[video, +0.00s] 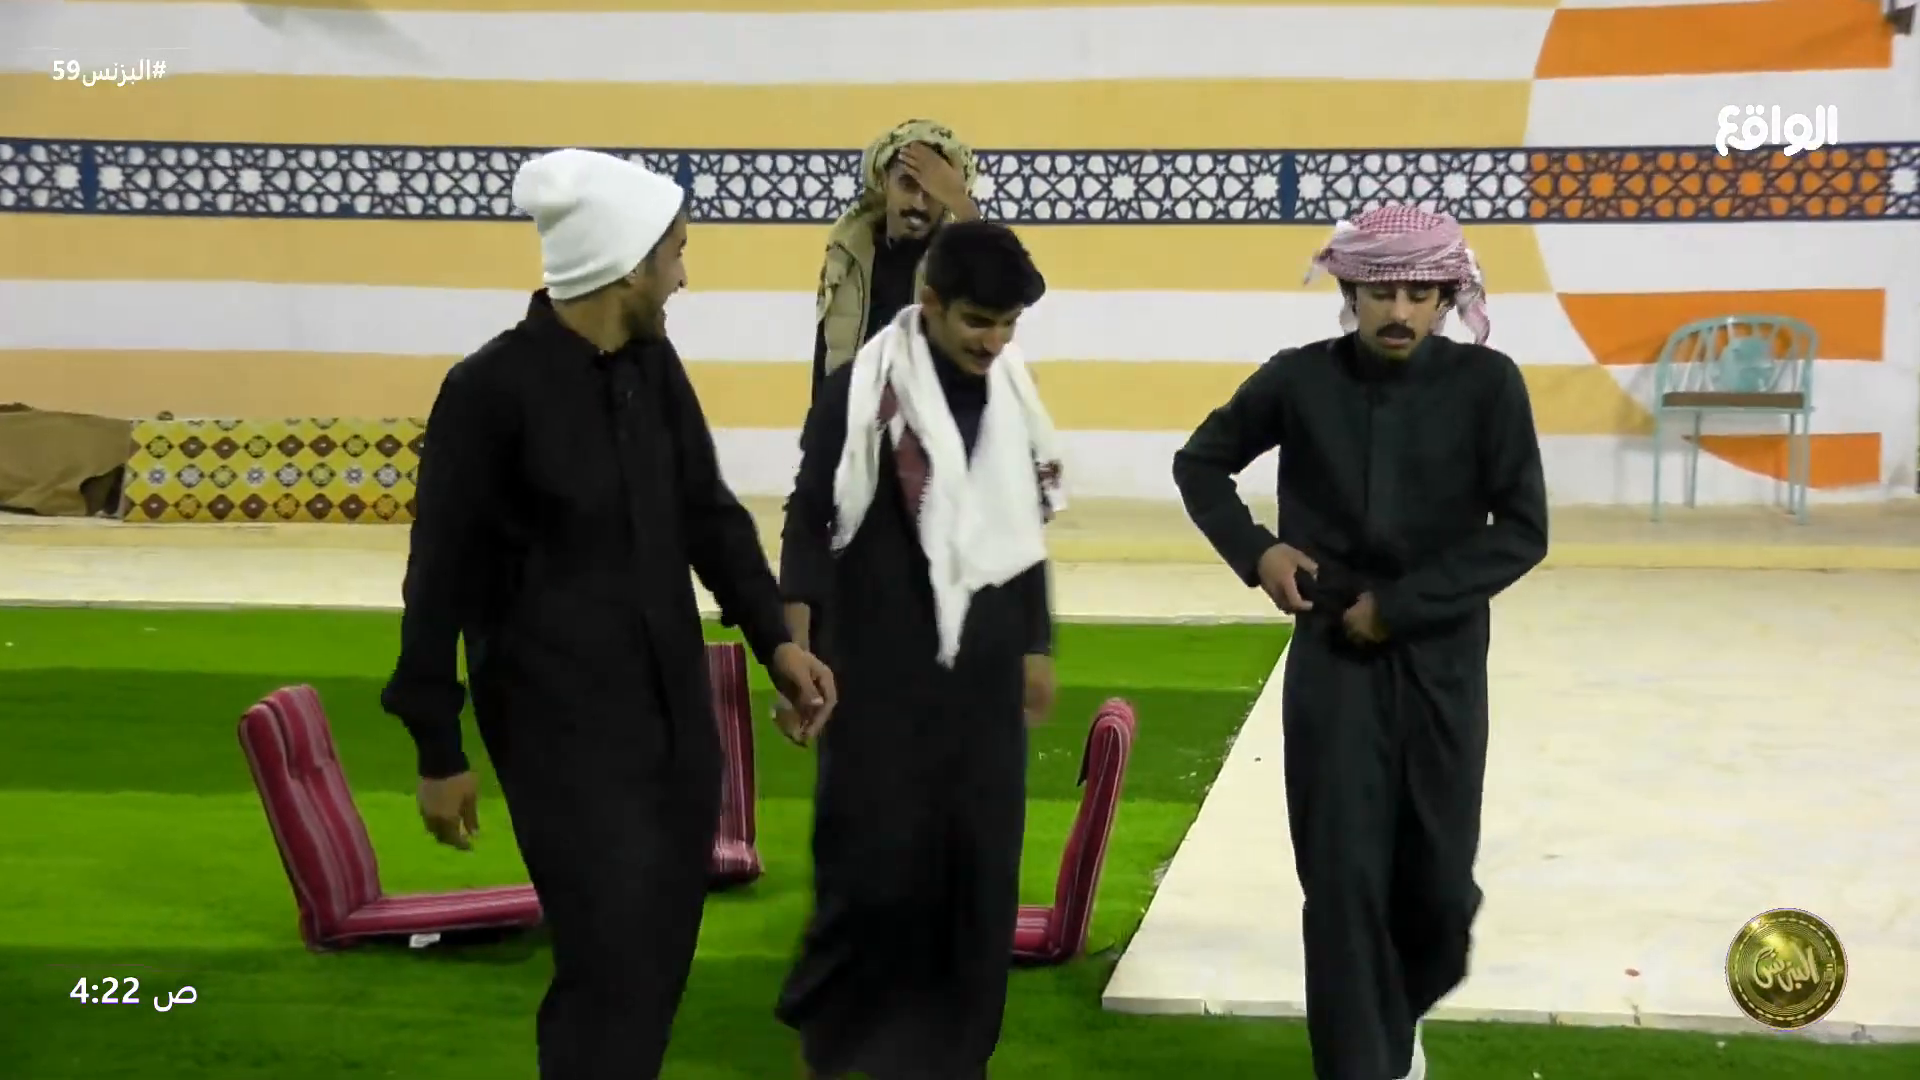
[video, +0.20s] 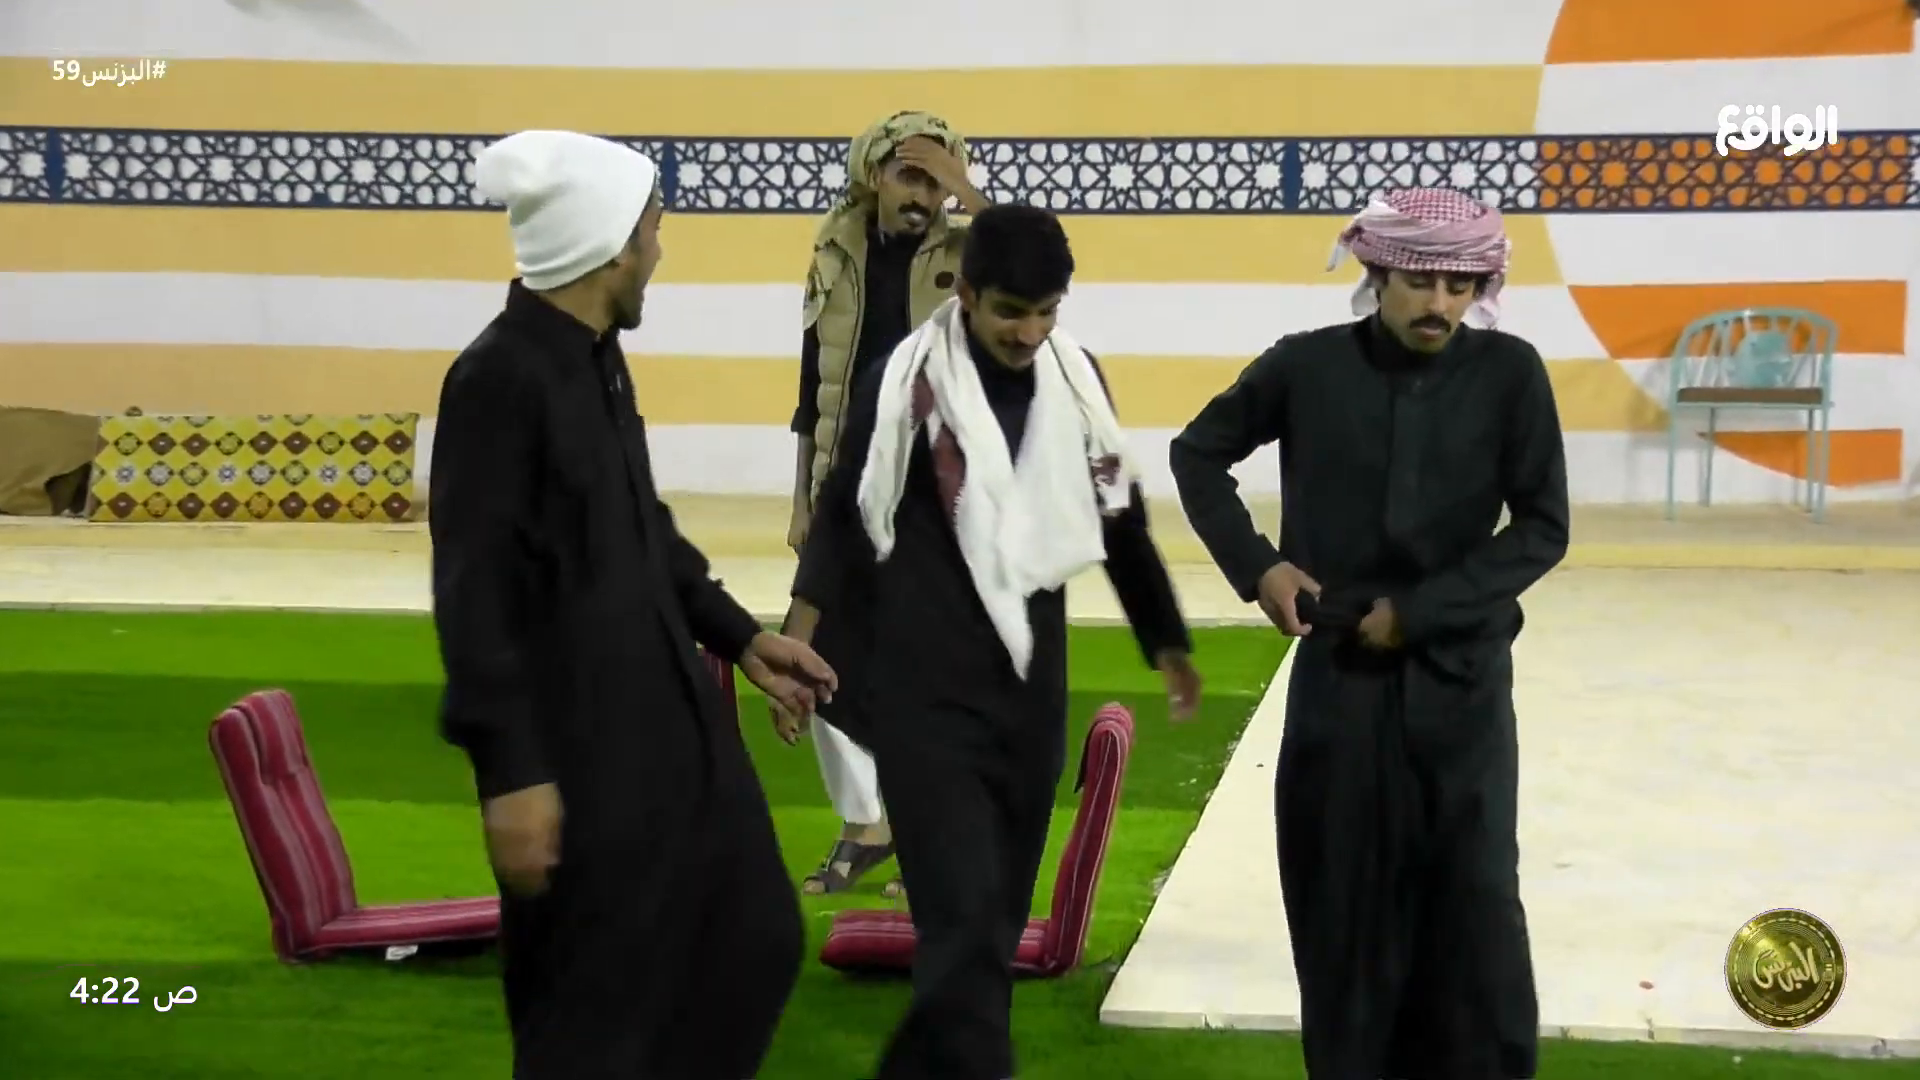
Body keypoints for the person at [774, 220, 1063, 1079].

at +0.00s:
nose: (993, 341)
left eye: (1007, 325)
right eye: (976, 323)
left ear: (1020, 314)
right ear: (928, 301)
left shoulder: (1010, 391)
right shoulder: (860, 385)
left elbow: (1028, 529)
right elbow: (809, 519)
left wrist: (1036, 647)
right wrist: (797, 647)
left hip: (981, 676)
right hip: (878, 670)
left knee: (976, 867)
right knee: (876, 861)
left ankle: (955, 1051)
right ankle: (843, 1039)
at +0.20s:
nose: (1029, 331)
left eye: (1044, 312)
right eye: (1009, 313)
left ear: (1062, 299)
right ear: (964, 295)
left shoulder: (1072, 372)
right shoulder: (904, 372)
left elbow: (1119, 514)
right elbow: (846, 509)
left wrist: (1167, 643)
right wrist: (800, 632)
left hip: (1029, 685)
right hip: (917, 683)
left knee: (996, 924)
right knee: (966, 920)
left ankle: (912, 1068)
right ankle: (974, 1073)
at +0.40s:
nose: (1051, 346)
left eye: (1067, 326)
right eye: (1030, 328)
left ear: (1084, 311)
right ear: (986, 311)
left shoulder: (1117, 389)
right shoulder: (937, 414)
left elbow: (1173, 524)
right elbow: (881, 565)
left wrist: (1223, 643)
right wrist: (847, 717)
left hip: (1094, 683)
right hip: (979, 694)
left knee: (1095, 884)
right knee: (1005, 919)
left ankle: (1038, 1051)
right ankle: (1003, 1061)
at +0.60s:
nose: (1098, 324)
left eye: (1115, 302)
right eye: (1076, 306)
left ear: (1132, 289)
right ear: (1028, 293)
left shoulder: (1159, 376)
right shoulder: (972, 407)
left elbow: (1203, 544)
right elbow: (936, 576)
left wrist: (1218, 691)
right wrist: (945, 726)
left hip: (1156, 723)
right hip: (1031, 728)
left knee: (1184, 966)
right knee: (1044, 974)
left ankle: (1168, 1073)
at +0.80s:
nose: (1185, 323)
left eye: (1196, 299)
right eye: (1159, 302)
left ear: (1208, 294)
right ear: (1097, 301)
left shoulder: (1223, 397)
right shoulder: (1028, 418)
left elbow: (1254, 582)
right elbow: (978, 589)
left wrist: (1258, 749)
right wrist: (1022, 690)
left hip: (1209, 765)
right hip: (1079, 769)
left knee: (1217, 1019)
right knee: (1069, 1015)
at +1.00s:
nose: (1295, 307)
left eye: (1295, 281)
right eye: (1272, 285)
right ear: (1191, 298)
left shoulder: (1307, 423)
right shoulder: (1087, 422)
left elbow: (1336, 611)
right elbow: (1035, 591)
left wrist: (1339, 790)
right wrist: (1033, 737)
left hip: (1269, 779)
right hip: (1127, 772)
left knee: (1257, 1021)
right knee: (1116, 1019)